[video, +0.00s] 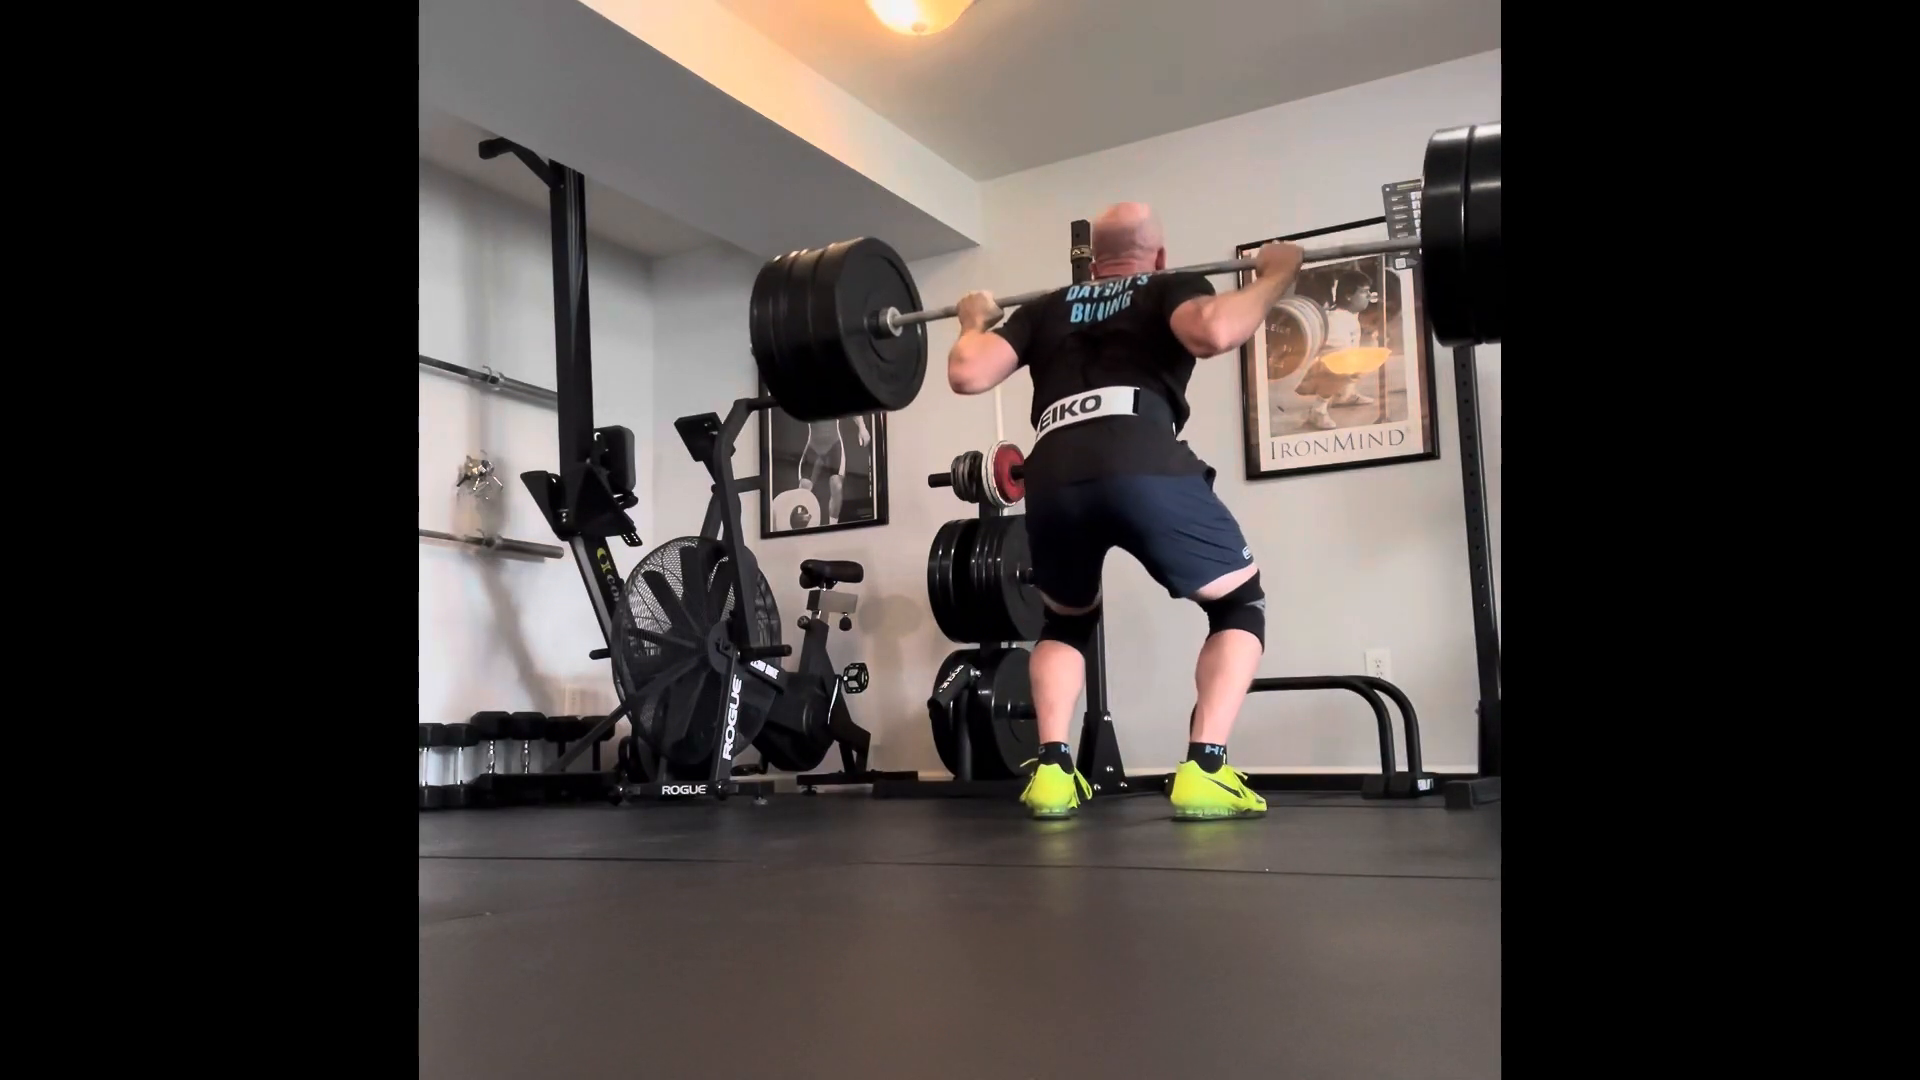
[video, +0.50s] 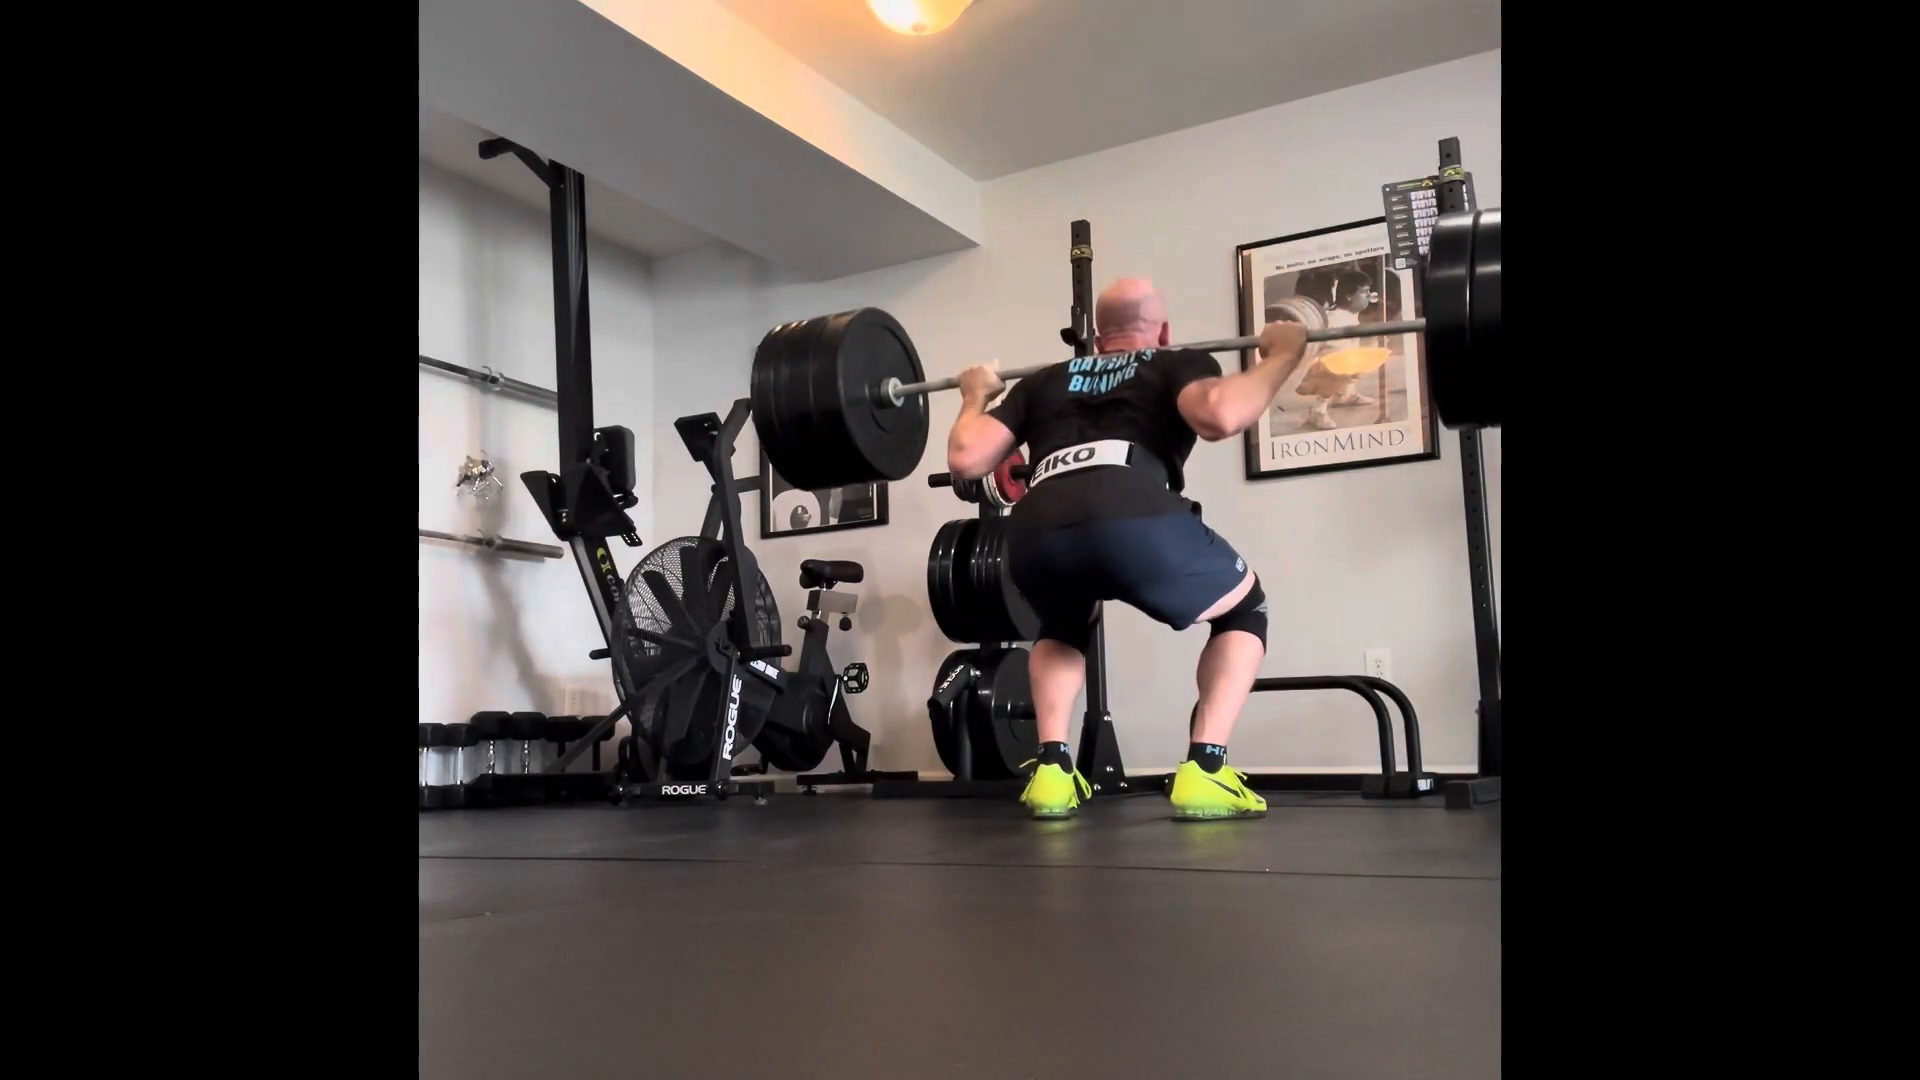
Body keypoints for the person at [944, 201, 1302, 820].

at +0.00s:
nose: (1163, 257)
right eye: (1161, 250)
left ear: (1092, 257)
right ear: (1157, 255)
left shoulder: (1045, 308)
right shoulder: (1168, 285)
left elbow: (965, 375)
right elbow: (1216, 331)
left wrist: (973, 320)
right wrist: (1275, 276)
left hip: (1052, 467)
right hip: (1141, 453)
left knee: (1065, 618)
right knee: (1237, 605)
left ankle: (1052, 766)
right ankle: (1205, 765)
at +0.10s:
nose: (1162, 273)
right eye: (1161, 266)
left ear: (1093, 273)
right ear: (1158, 270)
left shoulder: (1045, 322)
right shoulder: (1168, 301)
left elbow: (965, 390)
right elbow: (1217, 346)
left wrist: (973, 336)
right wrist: (1274, 293)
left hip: (1048, 478)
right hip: (1139, 466)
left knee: (1063, 621)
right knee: (1240, 607)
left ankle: (1051, 767)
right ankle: (1205, 766)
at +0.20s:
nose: (1164, 286)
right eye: (1162, 280)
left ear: (1093, 286)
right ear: (1158, 285)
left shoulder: (1045, 336)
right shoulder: (1169, 315)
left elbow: (965, 407)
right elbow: (1217, 361)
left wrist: (971, 352)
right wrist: (1274, 308)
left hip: (1043, 488)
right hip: (1135, 473)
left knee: (1064, 621)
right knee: (1243, 608)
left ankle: (1052, 767)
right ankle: (1205, 767)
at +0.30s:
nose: (1163, 301)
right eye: (1161, 295)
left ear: (1094, 302)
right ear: (1157, 299)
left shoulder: (1044, 350)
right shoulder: (1170, 330)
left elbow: (965, 423)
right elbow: (1217, 378)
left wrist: (971, 368)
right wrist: (1275, 324)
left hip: (1040, 500)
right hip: (1134, 486)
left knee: (1064, 622)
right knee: (1244, 606)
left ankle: (1051, 768)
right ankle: (1205, 767)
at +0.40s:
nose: (1165, 317)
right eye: (1163, 311)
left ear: (1095, 318)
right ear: (1158, 316)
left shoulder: (1044, 364)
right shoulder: (1172, 346)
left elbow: (964, 439)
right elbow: (1218, 397)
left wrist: (971, 384)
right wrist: (1278, 341)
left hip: (1037, 511)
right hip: (1130, 497)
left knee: (1062, 624)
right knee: (1244, 608)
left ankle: (1051, 769)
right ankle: (1205, 767)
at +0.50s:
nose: (1164, 332)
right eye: (1163, 326)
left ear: (1096, 334)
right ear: (1159, 331)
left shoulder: (1043, 381)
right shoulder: (1174, 363)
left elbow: (965, 459)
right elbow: (1220, 416)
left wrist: (972, 397)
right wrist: (1281, 357)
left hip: (1036, 523)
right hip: (1130, 509)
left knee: (1061, 627)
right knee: (1242, 609)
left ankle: (1051, 768)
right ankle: (1206, 766)